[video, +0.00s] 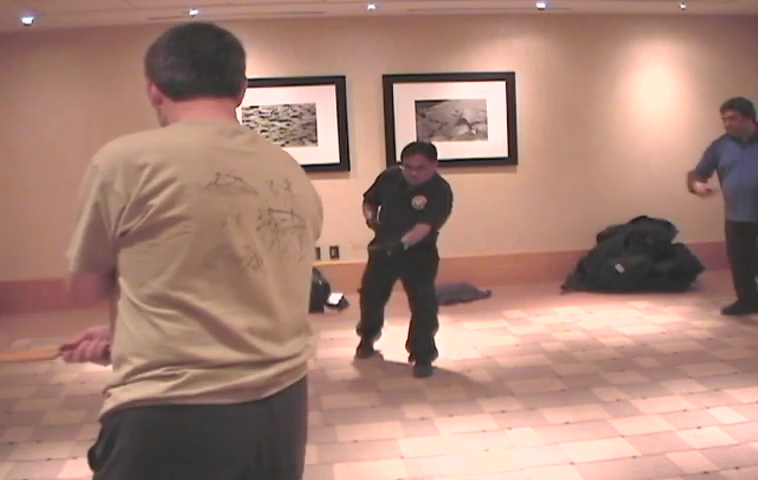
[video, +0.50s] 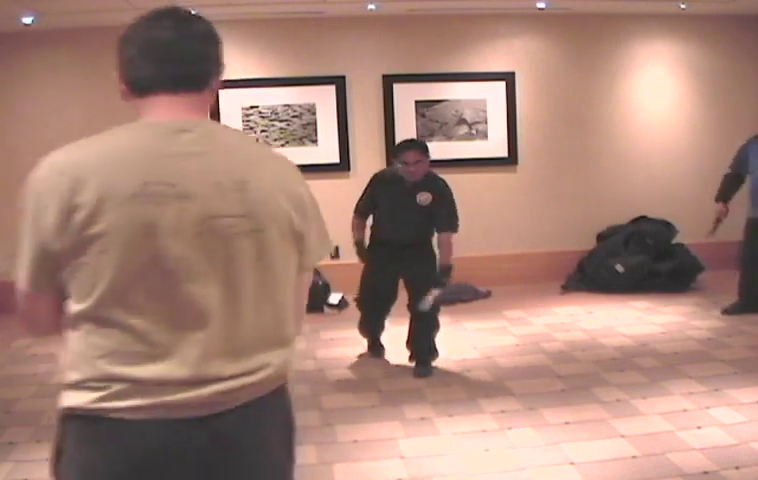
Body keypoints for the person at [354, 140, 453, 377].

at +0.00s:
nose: (413, 174)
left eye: (420, 168)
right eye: (408, 167)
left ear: (434, 166)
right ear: (401, 164)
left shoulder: (441, 191)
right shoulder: (389, 178)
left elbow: (426, 225)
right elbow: (369, 201)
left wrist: (400, 244)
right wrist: (371, 221)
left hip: (419, 251)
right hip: (384, 247)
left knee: (423, 304)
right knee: (370, 295)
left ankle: (423, 357)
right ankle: (367, 338)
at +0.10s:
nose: (414, 175)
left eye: (421, 170)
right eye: (409, 169)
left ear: (434, 167)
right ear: (402, 166)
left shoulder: (443, 191)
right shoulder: (389, 180)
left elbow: (431, 227)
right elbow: (370, 202)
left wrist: (408, 250)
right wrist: (374, 224)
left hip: (421, 251)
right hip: (386, 247)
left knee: (424, 303)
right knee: (371, 295)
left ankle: (423, 357)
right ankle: (367, 337)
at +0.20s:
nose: (415, 176)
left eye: (422, 170)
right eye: (410, 170)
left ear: (435, 168)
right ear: (403, 166)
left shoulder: (444, 191)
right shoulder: (389, 180)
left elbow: (436, 228)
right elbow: (369, 204)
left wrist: (416, 253)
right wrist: (376, 228)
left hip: (423, 251)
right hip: (386, 248)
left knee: (425, 304)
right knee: (371, 296)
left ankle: (423, 357)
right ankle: (366, 337)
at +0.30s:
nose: (415, 175)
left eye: (422, 169)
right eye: (410, 169)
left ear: (434, 167)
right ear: (402, 167)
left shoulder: (443, 191)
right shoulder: (388, 181)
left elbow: (442, 231)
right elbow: (367, 208)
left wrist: (423, 257)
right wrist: (375, 232)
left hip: (422, 252)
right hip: (386, 249)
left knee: (425, 306)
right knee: (371, 298)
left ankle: (423, 358)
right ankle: (366, 337)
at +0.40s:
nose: (416, 172)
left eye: (422, 166)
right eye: (409, 166)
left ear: (433, 165)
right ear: (401, 165)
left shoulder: (442, 190)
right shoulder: (386, 181)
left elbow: (445, 231)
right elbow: (364, 213)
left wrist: (432, 266)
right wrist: (370, 243)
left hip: (421, 251)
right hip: (384, 249)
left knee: (426, 305)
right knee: (370, 298)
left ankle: (423, 357)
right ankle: (371, 336)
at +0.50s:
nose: (410, 169)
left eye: (416, 163)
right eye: (405, 164)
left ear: (427, 163)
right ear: (396, 164)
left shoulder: (436, 188)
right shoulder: (382, 181)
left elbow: (445, 234)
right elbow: (359, 215)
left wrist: (444, 271)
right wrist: (359, 245)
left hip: (419, 251)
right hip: (382, 250)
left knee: (424, 305)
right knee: (370, 301)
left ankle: (423, 358)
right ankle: (373, 340)